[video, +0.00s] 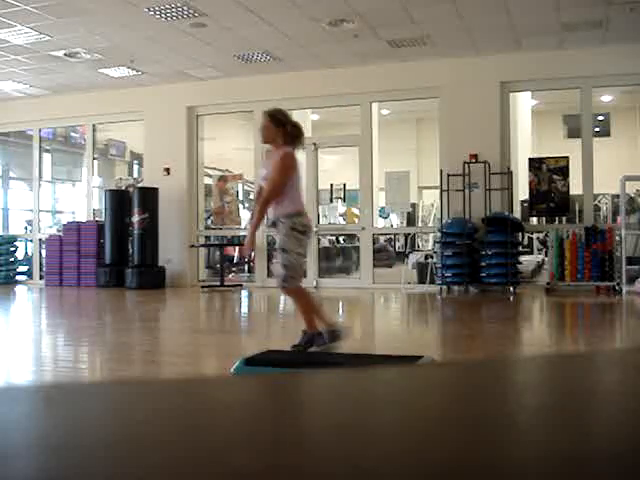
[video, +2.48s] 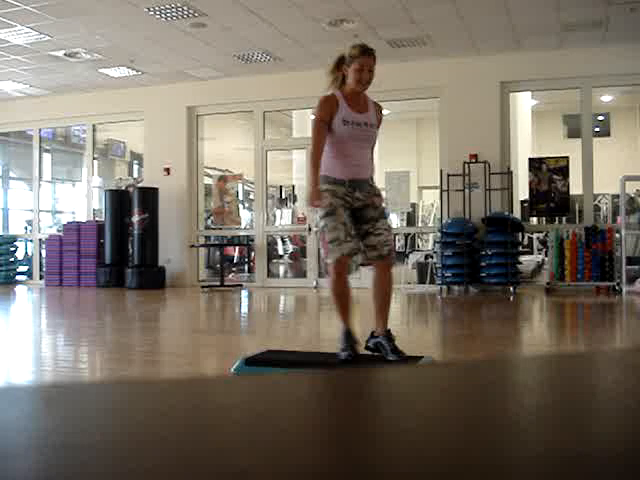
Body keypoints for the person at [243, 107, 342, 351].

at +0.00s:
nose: (262, 130)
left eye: (266, 126)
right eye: (263, 126)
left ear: (279, 129)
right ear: (276, 130)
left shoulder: (285, 157)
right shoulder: (273, 156)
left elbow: (267, 197)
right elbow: (261, 195)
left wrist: (250, 235)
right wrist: (250, 230)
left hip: (293, 221)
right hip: (282, 222)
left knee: (289, 281)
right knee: (288, 281)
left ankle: (328, 328)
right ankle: (312, 330)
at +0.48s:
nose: (169, 129)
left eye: (172, 124)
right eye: (171, 124)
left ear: (183, 127)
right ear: (196, 126)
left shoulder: (176, 160)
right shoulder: (214, 156)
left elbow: (166, 199)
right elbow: (238, 187)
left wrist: (155, 230)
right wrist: (260, 213)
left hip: (192, 221)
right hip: (219, 221)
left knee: (164, 279)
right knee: (219, 283)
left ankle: (174, 343)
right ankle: (233, 338)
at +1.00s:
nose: (164, 108)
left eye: (164, 103)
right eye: (159, 103)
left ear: (146, 107)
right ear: (142, 105)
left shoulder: (142, 137)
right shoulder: (135, 131)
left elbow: (146, 188)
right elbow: (117, 163)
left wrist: (183, 192)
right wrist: (115, 204)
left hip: (112, 213)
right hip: (130, 213)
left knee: (101, 285)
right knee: (168, 276)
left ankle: (72, 355)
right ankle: (152, 350)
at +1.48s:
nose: (203, 86)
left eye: (205, 82)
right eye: (196, 81)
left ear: (205, 89)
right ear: (179, 86)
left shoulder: (195, 132)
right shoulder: (171, 114)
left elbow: (217, 175)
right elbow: (136, 148)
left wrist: (250, 202)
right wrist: (110, 184)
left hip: (157, 207)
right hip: (170, 205)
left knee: (146, 287)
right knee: (190, 285)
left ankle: (119, 363)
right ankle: (167, 368)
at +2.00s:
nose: (308, 100)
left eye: (310, 94)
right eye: (306, 92)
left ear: (293, 91)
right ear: (288, 87)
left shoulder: (287, 131)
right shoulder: (264, 112)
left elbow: (326, 150)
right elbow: (312, 118)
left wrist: (369, 137)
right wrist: (363, 103)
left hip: (283, 212)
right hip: (258, 211)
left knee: (330, 262)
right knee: (269, 294)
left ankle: (351, 332)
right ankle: (242, 370)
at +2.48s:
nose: (364, 75)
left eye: (369, 71)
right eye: (359, 69)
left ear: (374, 74)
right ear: (345, 69)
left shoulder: (375, 110)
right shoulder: (330, 103)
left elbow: (369, 153)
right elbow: (316, 148)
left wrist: (373, 188)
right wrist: (314, 188)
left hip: (365, 189)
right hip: (333, 189)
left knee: (384, 256)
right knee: (340, 259)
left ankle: (380, 333)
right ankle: (347, 334)